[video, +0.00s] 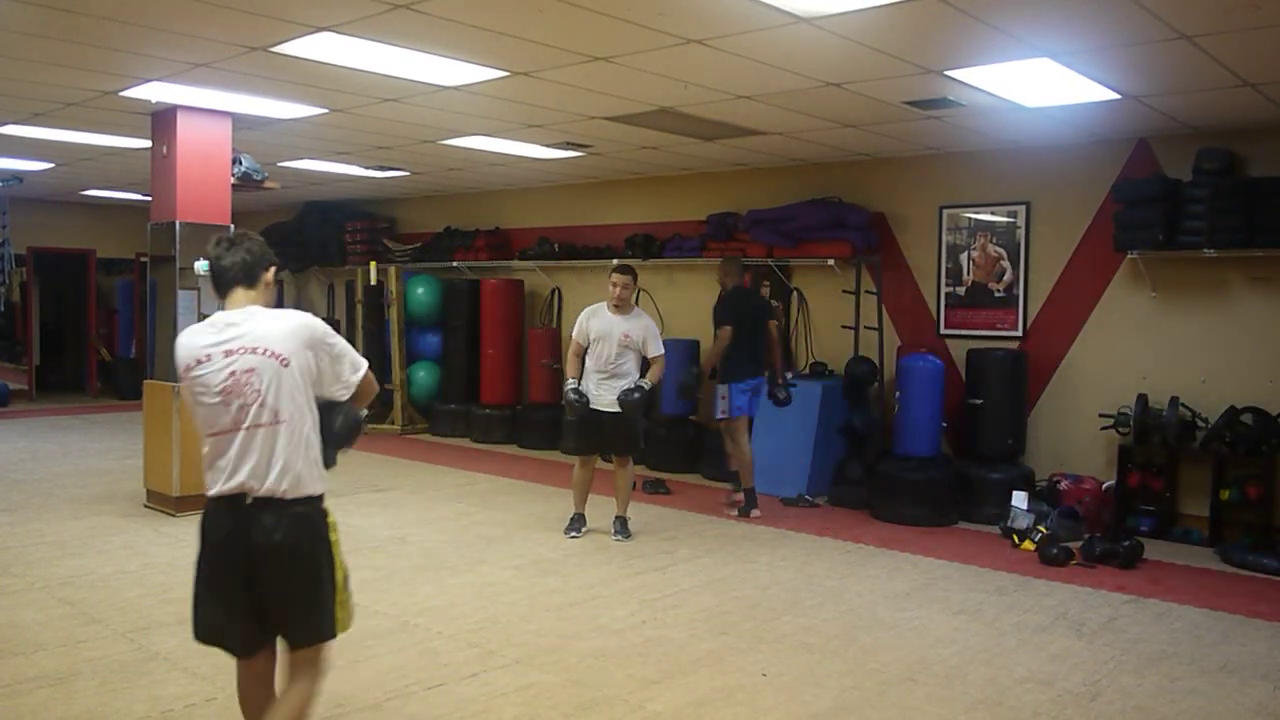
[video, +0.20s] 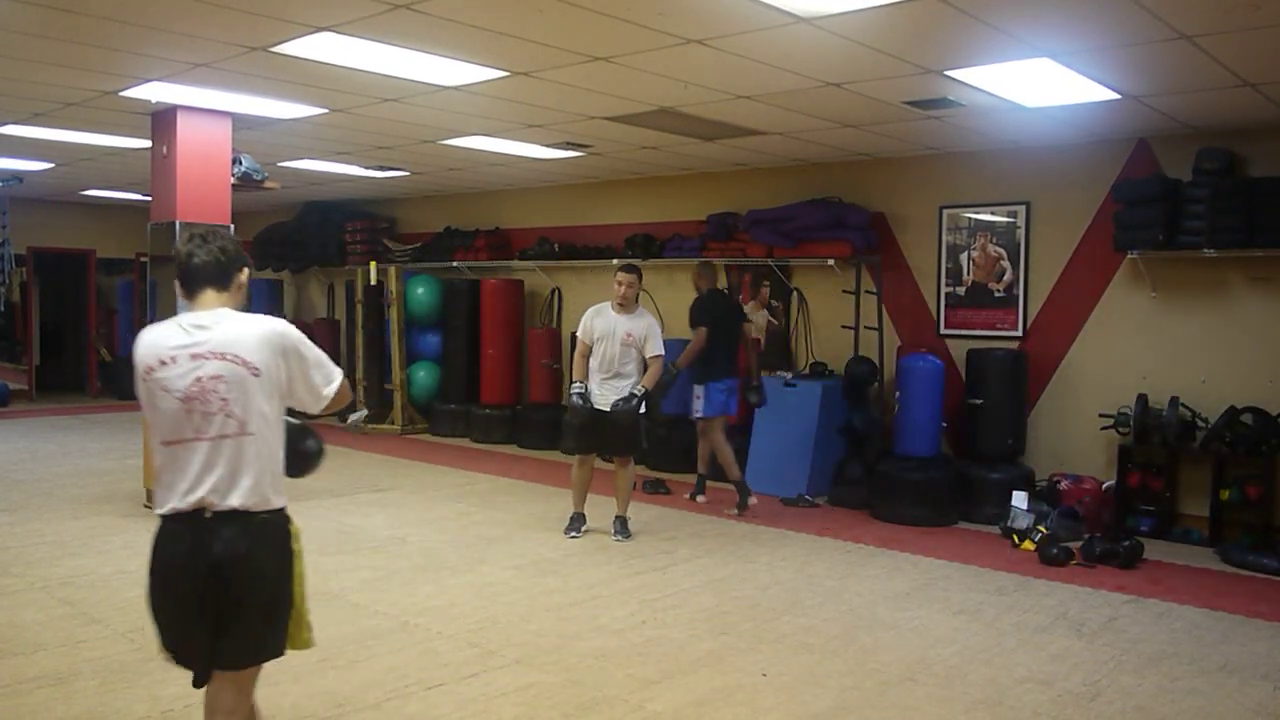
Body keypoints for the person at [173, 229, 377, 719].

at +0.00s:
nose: (277, 282)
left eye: (276, 276)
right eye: (275, 275)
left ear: (216, 282)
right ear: (268, 276)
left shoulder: (188, 344)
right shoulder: (302, 329)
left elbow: (207, 416)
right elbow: (365, 388)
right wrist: (328, 427)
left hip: (224, 522)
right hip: (295, 521)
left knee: (252, 660)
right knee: (305, 663)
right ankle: (280, 714)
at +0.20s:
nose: (248, 284)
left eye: (245, 278)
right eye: (247, 277)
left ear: (181, 286)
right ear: (240, 278)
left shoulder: (147, 344)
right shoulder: (271, 335)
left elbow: (176, 421)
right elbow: (338, 395)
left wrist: (271, 433)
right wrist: (271, 407)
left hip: (178, 542)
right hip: (254, 539)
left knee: (227, 689)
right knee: (231, 691)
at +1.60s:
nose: (176, 277)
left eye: (178, 263)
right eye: (176, 263)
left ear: (93, 259)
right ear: (161, 263)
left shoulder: (31, 350)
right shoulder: (182, 345)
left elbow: (29, 479)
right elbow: (213, 495)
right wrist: (221, 390)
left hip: (61, 608)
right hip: (161, 613)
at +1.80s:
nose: (218, 277)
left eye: (219, 263)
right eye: (218, 263)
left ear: (136, 255)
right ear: (203, 262)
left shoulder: (71, 348)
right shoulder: (218, 351)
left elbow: (67, 467)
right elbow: (263, 494)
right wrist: (265, 394)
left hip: (92, 606)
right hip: (190, 613)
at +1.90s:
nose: (237, 288)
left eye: (240, 275)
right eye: (239, 274)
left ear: (154, 262)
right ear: (223, 268)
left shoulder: (93, 352)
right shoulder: (241, 354)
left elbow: (94, 464)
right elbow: (285, 486)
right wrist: (296, 388)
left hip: (113, 603)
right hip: (209, 611)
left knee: (118, 713)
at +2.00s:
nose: (257, 290)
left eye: (260, 277)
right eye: (258, 276)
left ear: (180, 269)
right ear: (244, 273)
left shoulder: (123, 355)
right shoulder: (264, 358)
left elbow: (130, 461)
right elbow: (297, 480)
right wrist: (292, 381)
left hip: (142, 600)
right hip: (232, 609)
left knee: (143, 713)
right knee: (236, 712)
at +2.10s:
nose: (280, 294)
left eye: (282, 281)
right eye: (281, 280)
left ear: (204, 277)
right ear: (268, 278)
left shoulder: (154, 360)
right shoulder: (293, 361)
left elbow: (159, 477)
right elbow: (320, 472)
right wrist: (311, 374)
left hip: (173, 596)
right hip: (259, 605)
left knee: (171, 712)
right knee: (262, 711)